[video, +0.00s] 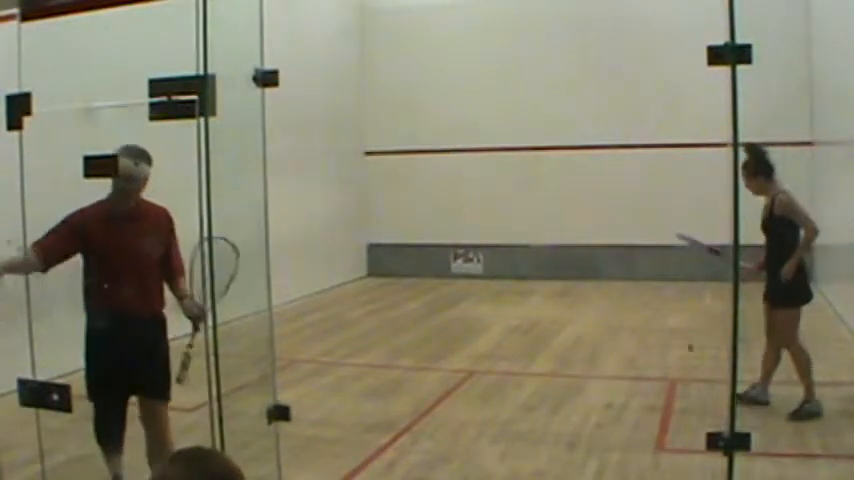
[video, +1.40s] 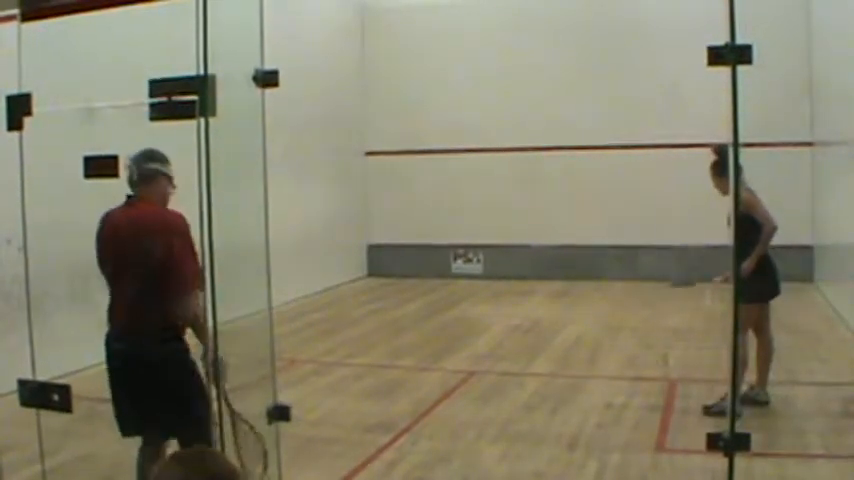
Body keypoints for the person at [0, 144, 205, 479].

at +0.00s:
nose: (128, 181)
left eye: (136, 175)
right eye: (122, 174)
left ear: (147, 178)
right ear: (110, 174)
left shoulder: (159, 219)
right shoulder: (88, 219)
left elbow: (175, 272)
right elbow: (39, 258)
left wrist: (187, 300)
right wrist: (5, 266)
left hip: (149, 328)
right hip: (105, 330)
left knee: (156, 413)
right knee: (108, 415)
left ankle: (162, 475)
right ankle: (116, 473)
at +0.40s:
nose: (169, 195)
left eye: (174, 188)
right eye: (162, 185)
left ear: (180, 187)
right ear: (143, 179)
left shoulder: (183, 225)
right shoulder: (107, 221)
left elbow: (194, 284)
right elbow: (66, 263)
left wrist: (212, 317)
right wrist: (28, 258)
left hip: (173, 338)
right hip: (126, 342)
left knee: (178, 435)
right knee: (136, 445)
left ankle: (177, 479)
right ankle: (121, 476)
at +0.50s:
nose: (173, 196)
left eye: (179, 189)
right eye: (167, 186)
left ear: (183, 188)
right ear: (146, 177)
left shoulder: (180, 222)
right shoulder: (109, 222)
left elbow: (193, 283)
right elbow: (79, 280)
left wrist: (213, 314)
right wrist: (61, 287)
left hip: (173, 340)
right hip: (128, 346)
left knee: (179, 443)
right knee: (144, 450)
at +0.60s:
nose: (180, 202)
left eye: (184, 195)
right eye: (174, 193)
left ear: (184, 193)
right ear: (150, 184)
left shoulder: (176, 226)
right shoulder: (107, 228)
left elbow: (190, 284)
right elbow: (86, 289)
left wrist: (211, 315)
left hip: (173, 345)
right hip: (129, 348)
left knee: (184, 437)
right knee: (145, 451)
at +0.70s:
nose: (182, 207)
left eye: (184, 200)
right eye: (178, 198)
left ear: (179, 194)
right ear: (153, 187)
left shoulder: (167, 224)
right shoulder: (109, 234)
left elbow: (178, 285)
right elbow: (98, 307)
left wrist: (209, 314)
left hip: (171, 354)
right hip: (127, 359)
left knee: (187, 448)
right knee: (148, 461)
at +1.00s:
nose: (187, 195)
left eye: (189, 187)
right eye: (184, 185)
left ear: (164, 182)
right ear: (163, 180)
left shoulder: (152, 220)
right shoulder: (139, 226)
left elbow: (157, 286)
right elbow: (148, 304)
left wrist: (194, 299)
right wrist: (192, 341)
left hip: (147, 350)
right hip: (136, 354)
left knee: (158, 454)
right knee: (153, 456)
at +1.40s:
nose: (172, 191)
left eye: (171, 183)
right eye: (168, 183)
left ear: (135, 183)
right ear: (155, 182)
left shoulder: (110, 221)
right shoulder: (171, 223)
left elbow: (112, 275)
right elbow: (187, 299)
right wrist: (209, 348)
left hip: (122, 345)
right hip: (165, 346)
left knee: (153, 435)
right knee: (196, 435)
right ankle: (198, 478)